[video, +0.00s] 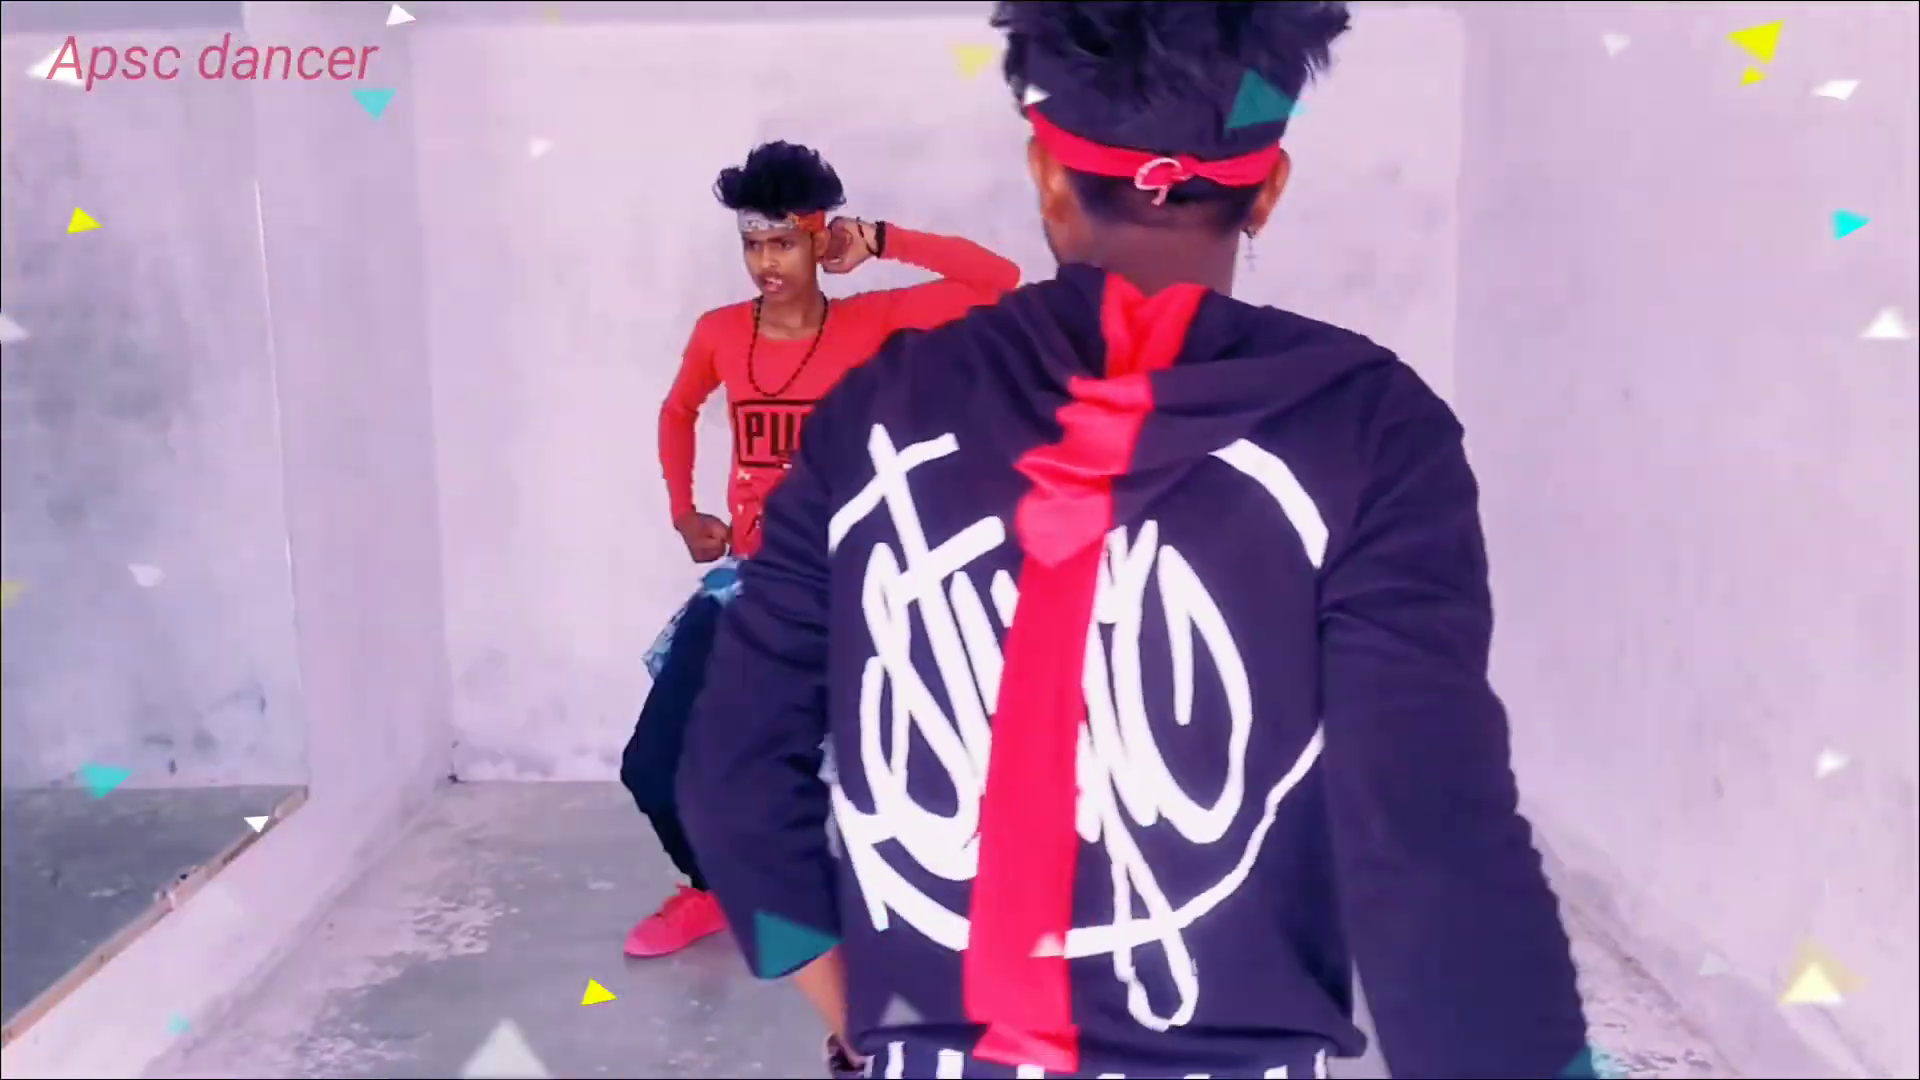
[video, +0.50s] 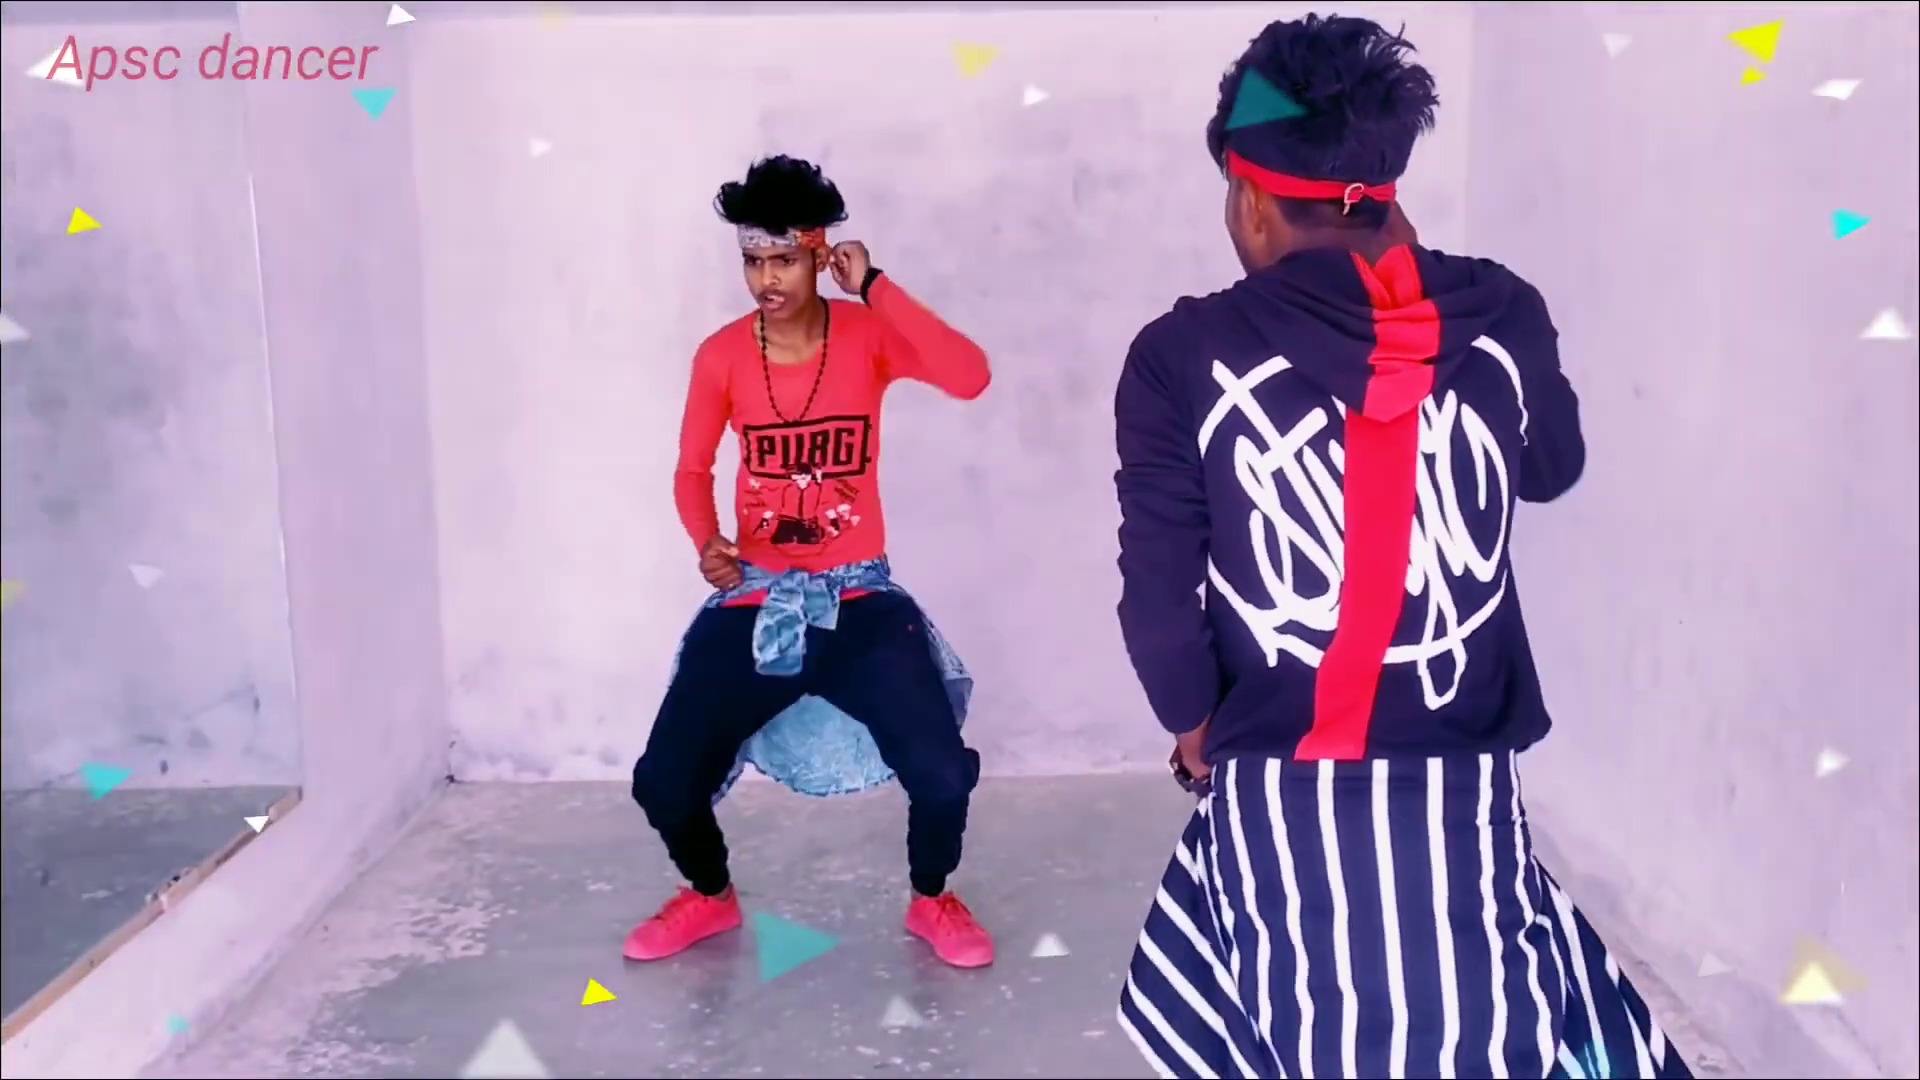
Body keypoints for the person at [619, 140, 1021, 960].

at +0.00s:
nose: (764, 261)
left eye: (782, 243)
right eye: (753, 244)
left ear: (823, 242)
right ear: (742, 246)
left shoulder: (871, 324)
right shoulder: (721, 336)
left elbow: (1003, 283)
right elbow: (679, 414)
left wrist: (884, 241)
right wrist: (684, 511)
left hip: (848, 574)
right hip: (745, 579)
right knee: (652, 763)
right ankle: (708, 885)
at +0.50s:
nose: (766, 277)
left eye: (784, 259)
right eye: (753, 260)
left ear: (821, 260)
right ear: (741, 261)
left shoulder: (871, 334)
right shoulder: (725, 355)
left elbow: (969, 377)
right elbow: (693, 469)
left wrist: (875, 288)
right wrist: (708, 542)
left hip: (858, 602)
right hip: (750, 606)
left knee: (945, 773)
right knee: (663, 781)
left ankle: (931, 901)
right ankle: (710, 896)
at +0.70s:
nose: (768, 240)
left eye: (783, 219)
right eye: (749, 221)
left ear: (807, 223)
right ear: (725, 229)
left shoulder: (858, 318)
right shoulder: (706, 316)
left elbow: (965, 399)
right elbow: (681, 401)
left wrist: (926, 437)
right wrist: (672, 455)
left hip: (843, 580)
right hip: (736, 578)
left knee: (926, 759)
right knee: (634, 746)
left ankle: (931, 899)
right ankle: (697, 877)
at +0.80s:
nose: (767, 207)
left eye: (778, 189)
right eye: (745, 191)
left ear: (792, 197)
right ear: (709, 203)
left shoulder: (841, 291)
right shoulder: (690, 288)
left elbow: (924, 362)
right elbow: (690, 360)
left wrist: (940, 470)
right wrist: (647, 457)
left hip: (821, 562)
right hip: (712, 554)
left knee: (903, 744)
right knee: (586, 701)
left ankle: (934, 882)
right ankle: (647, 843)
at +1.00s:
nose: (723, 259)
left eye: (731, 242)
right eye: (703, 243)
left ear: (742, 253)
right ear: (660, 258)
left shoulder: (779, 345)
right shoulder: (631, 352)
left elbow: (833, 449)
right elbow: (635, 450)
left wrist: (901, 542)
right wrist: (617, 533)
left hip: (779, 599)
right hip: (679, 599)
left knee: (846, 768)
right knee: (551, 752)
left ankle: (926, 903)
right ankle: (553, 883)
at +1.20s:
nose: (678, 226)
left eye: (681, 208)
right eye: (656, 210)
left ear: (686, 216)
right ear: (607, 225)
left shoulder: (723, 309)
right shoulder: (571, 326)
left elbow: (764, 423)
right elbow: (561, 435)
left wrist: (808, 529)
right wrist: (534, 555)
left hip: (742, 559)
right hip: (636, 567)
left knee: (838, 715)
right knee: (538, 734)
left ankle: (901, 887)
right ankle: (548, 879)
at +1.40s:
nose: (688, 175)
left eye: (692, 157)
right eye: (665, 159)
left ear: (700, 167)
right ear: (618, 176)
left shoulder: (729, 266)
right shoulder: (575, 279)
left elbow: (767, 381)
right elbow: (561, 393)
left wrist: (813, 490)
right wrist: (514, 496)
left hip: (747, 531)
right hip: (637, 538)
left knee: (821, 701)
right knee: (559, 720)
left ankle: (842, 872)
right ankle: (546, 876)